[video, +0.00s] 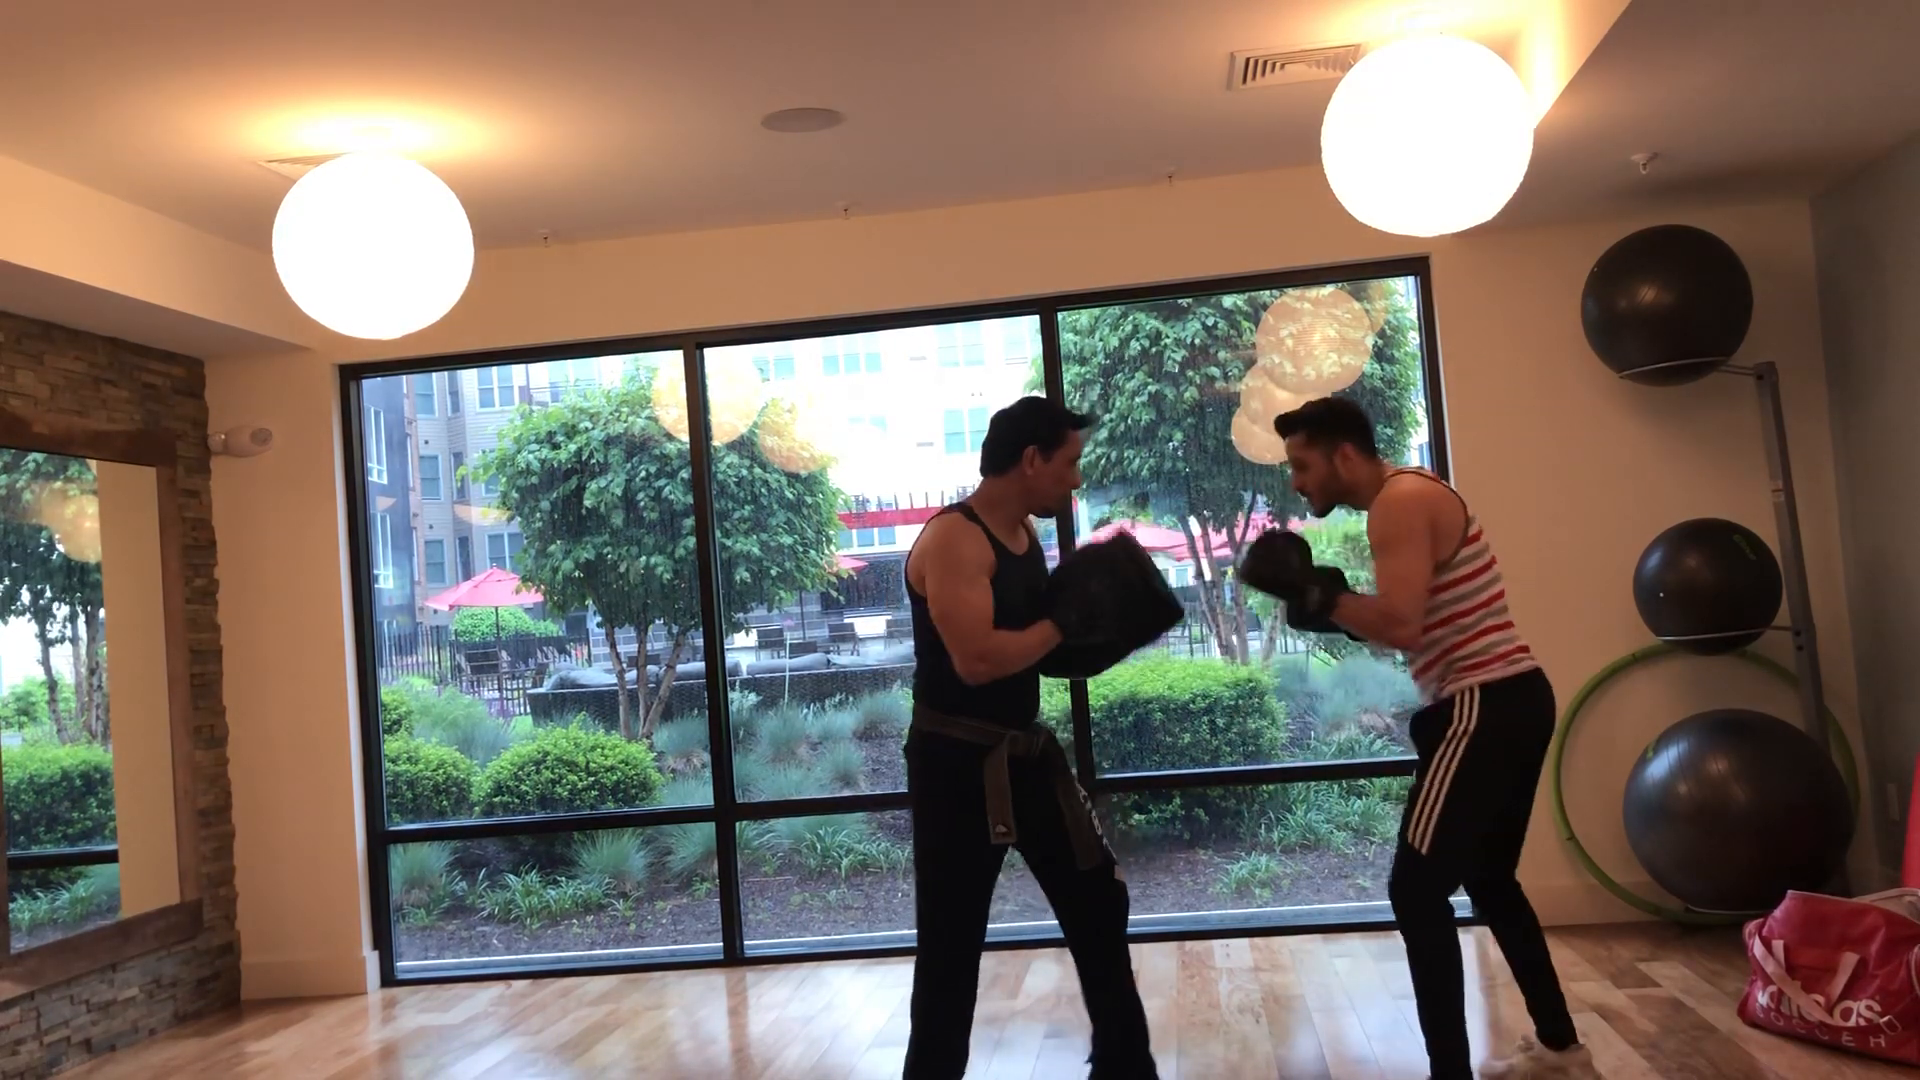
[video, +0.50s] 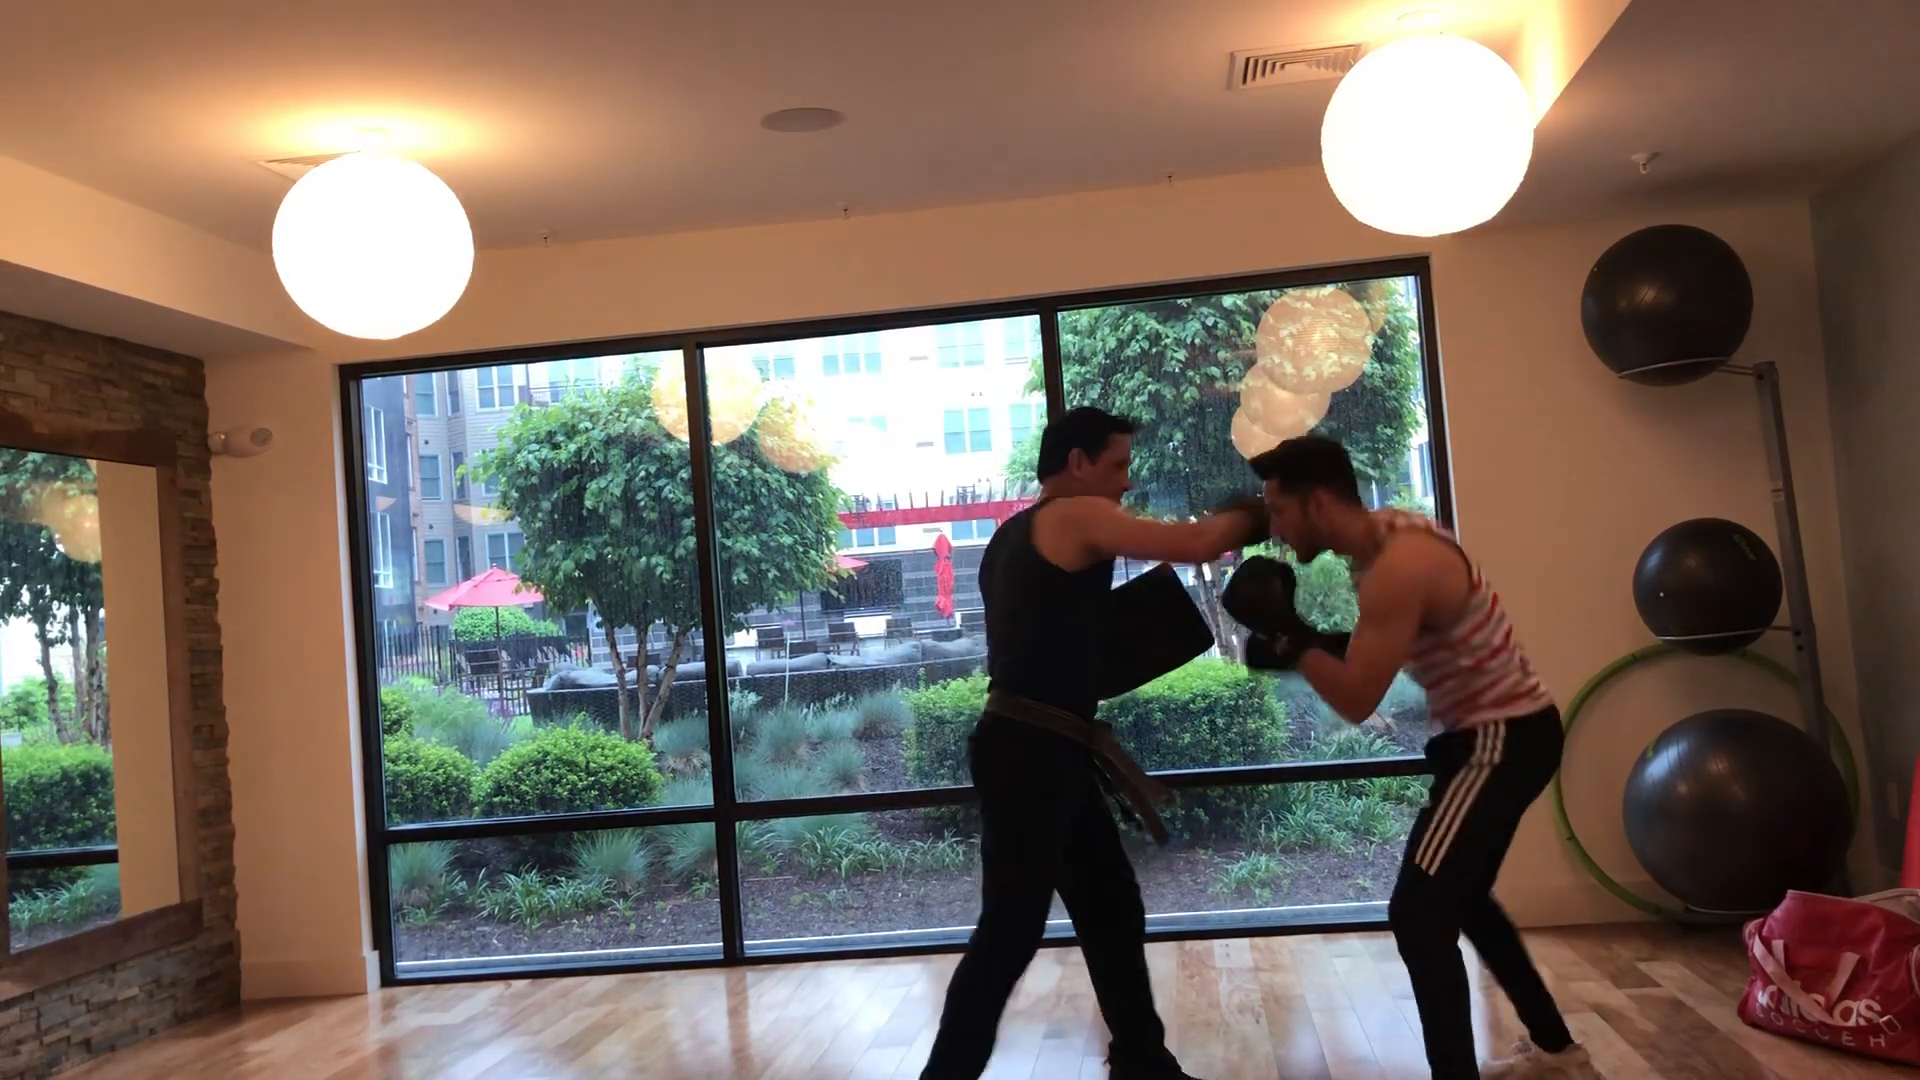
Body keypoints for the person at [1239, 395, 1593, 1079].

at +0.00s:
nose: (1295, 482)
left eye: (1300, 465)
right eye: (1291, 468)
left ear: (1344, 455)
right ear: (1348, 457)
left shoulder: (1399, 502)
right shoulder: (1417, 493)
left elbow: (1402, 624)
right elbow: (1417, 623)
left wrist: (1320, 592)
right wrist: (1338, 604)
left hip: (1482, 706)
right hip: (1511, 698)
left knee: (1414, 890)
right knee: (1490, 877)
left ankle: (1449, 1072)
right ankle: (1556, 1032)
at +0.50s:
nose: (1274, 528)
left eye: (1277, 511)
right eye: (1270, 513)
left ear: (1317, 501)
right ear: (1324, 500)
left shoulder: (1400, 565)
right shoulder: (1388, 533)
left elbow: (1354, 700)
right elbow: (1392, 648)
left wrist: (1289, 642)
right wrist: (1312, 641)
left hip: (1501, 735)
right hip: (1492, 727)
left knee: (1417, 912)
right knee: (1466, 895)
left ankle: (1454, 1075)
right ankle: (1552, 1037)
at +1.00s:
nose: (1258, 495)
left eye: (1259, 476)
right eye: (1254, 480)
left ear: (1298, 462)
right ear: (1308, 463)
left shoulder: (1360, 522)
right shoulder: (1376, 509)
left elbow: (1342, 650)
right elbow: (1370, 644)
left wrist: (1260, 643)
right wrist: (1292, 654)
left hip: (1464, 723)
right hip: (1466, 717)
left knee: (1415, 910)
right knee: (1447, 893)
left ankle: (1457, 1067)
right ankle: (1493, 1044)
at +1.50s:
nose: (1272, 509)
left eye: (1278, 491)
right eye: (1267, 496)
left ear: (1323, 479)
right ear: (1325, 485)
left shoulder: (1349, 525)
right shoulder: (1381, 522)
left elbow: (1395, 613)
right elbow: (1357, 669)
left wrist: (1313, 658)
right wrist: (1292, 620)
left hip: (1468, 703)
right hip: (1506, 698)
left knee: (1380, 884)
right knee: (1438, 872)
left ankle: (1452, 1065)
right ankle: (1492, 1035)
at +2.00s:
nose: (1283, 488)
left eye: (1285, 471)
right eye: (1278, 474)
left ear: (1325, 456)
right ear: (1332, 456)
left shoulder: (1379, 497)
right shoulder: (1418, 484)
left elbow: (1376, 621)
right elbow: (1391, 615)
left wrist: (1297, 588)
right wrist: (1316, 587)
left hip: (1478, 698)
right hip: (1526, 688)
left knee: (1407, 886)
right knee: (1504, 876)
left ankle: (1451, 1066)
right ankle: (1541, 1035)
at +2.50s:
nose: (1276, 566)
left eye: (1278, 551)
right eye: (1274, 551)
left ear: (1310, 558)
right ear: (1339, 545)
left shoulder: (1408, 627)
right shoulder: (1380, 587)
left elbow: (1333, 754)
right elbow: (1397, 683)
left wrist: (1299, 660)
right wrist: (1317, 704)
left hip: (1537, 758)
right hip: (1492, 752)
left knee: (1428, 917)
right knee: (1444, 899)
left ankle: (1481, 1071)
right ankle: (1530, 1042)